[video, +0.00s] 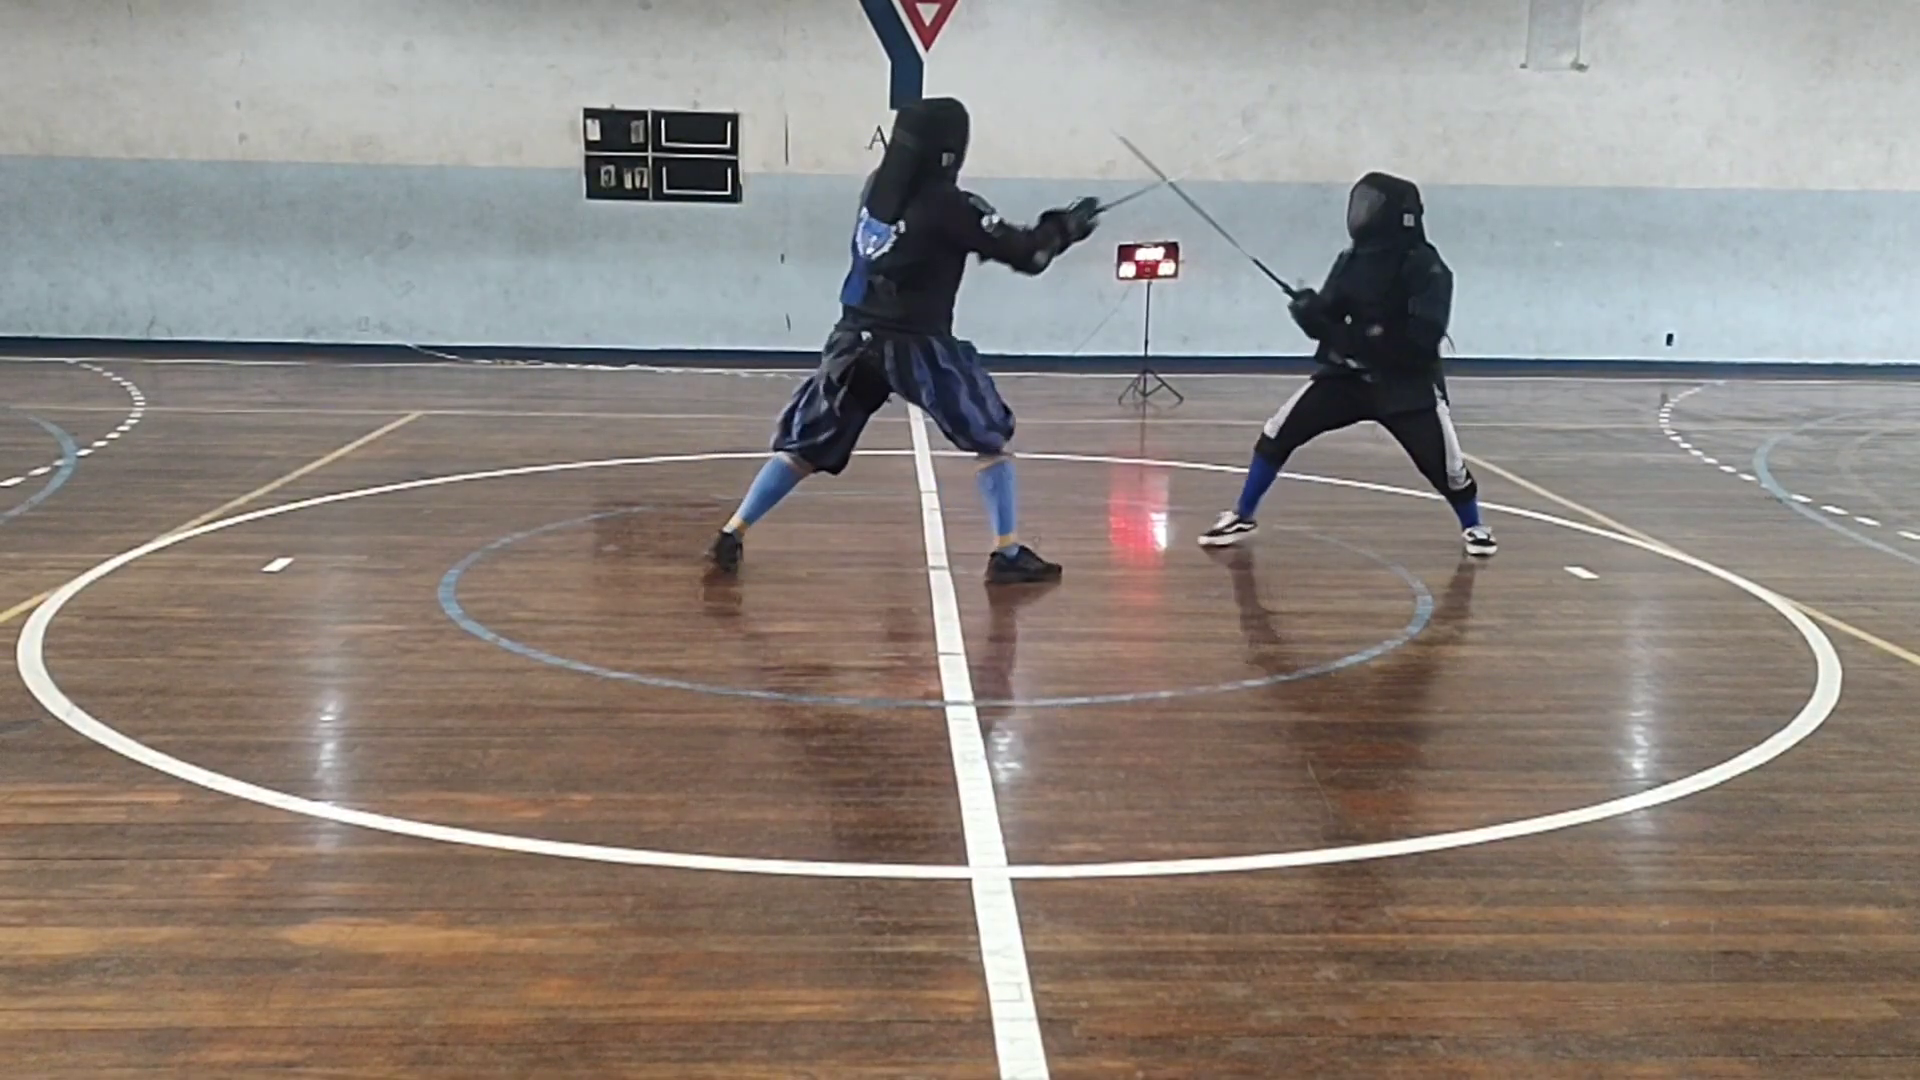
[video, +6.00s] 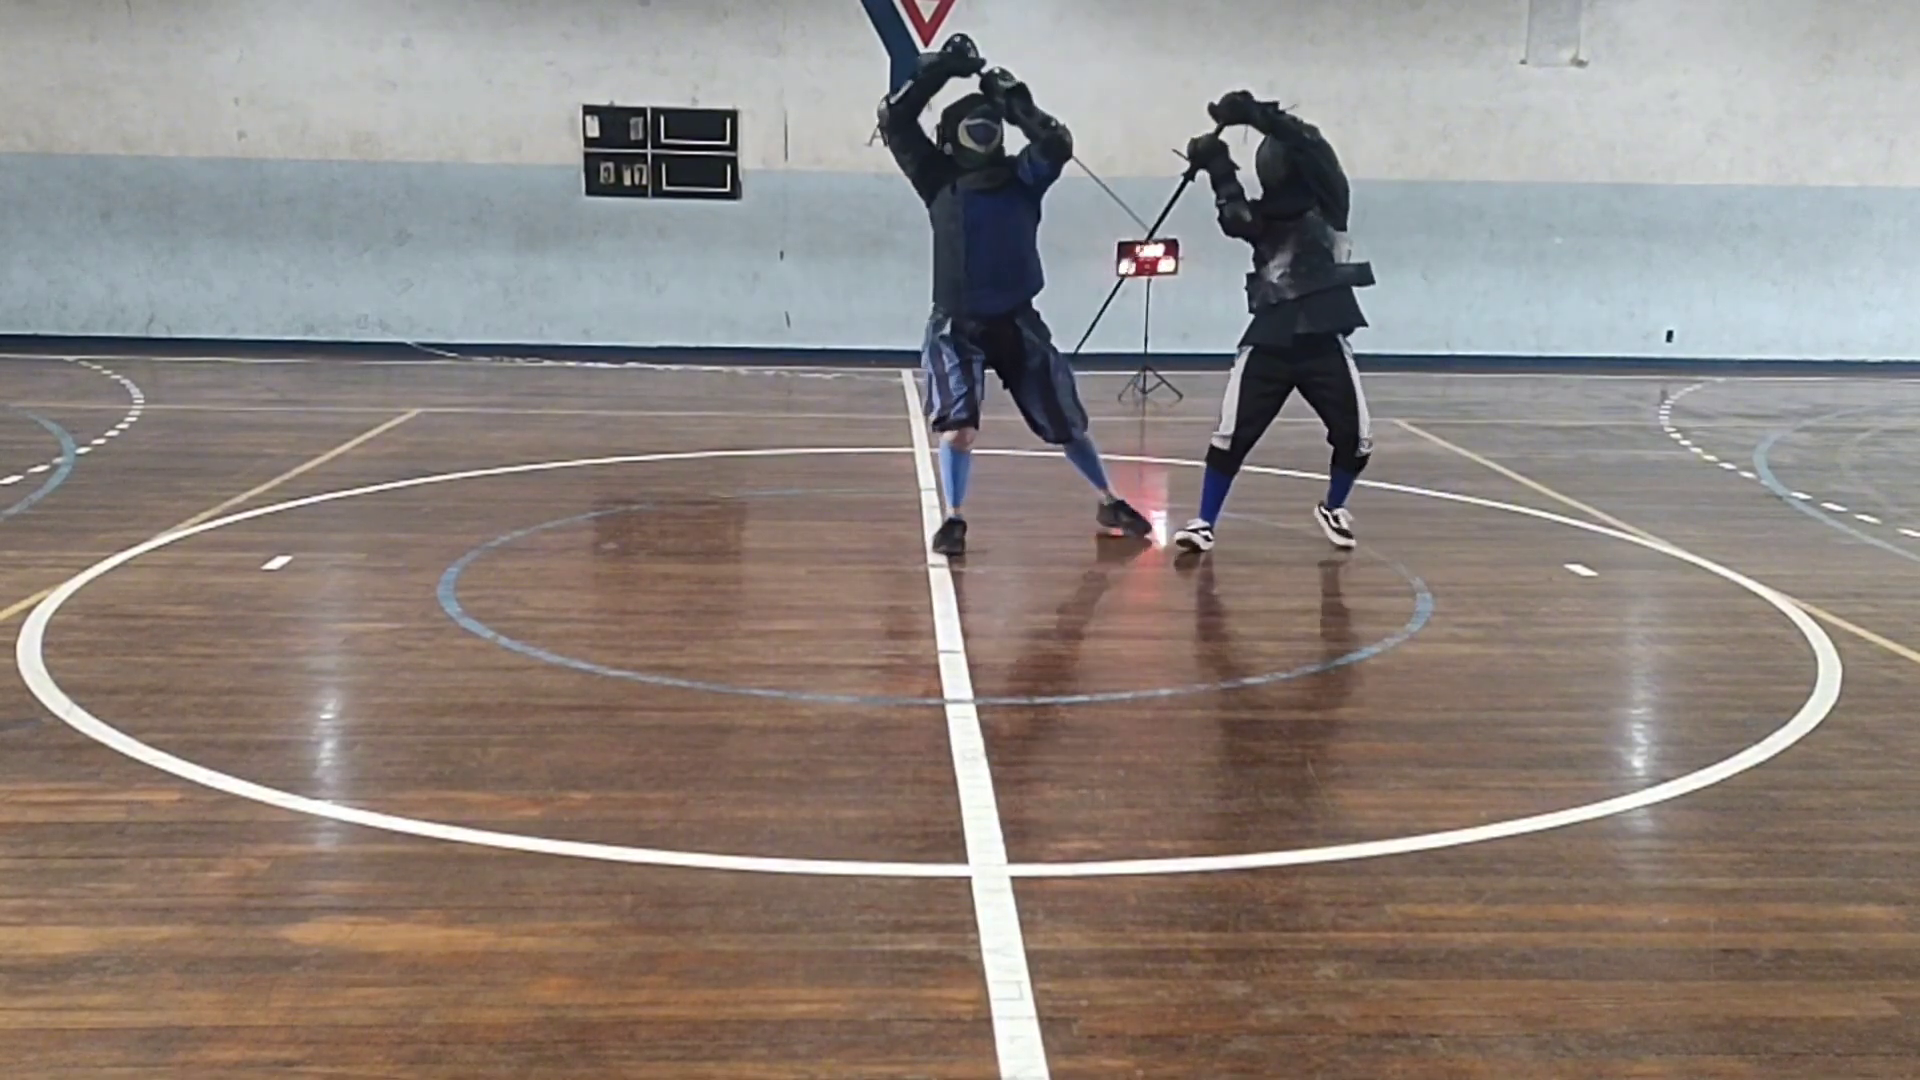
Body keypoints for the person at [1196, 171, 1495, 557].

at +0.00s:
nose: (1357, 212)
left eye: (1367, 203)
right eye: (1357, 202)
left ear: (1396, 212)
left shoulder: (1427, 269)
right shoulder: (1351, 261)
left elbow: (1417, 347)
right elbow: (1329, 324)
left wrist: (1343, 335)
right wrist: (1309, 313)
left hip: (1407, 386)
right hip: (1347, 380)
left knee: (1445, 465)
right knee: (1277, 435)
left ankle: (1473, 527)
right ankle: (1242, 516)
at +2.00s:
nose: (1343, 178)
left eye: (1353, 169)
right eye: (1339, 169)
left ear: (1379, 173)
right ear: (1335, 174)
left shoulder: (1405, 216)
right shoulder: (1330, 226)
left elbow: (1445, 227)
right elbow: (1320, 301)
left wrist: (1381, 221)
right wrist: (1319, 256)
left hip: (1382, 336)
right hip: (1330, 335)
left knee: (1376, 439)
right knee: (1277, 424)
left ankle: (1379, 525)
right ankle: (1226, 508)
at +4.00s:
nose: (1337, 171)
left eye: (1344, 163)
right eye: (1335, 164)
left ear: (1366, 164)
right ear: (1332, 167)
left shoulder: (1399, 202)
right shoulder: (1329, 213)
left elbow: (1382, 144)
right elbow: (1293, 204)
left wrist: (1332, 99)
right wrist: (1292, 149)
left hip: (1395, 347)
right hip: (1337, 348)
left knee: (1429, 440)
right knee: (1304, 440)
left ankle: (1446, 522)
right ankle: (1283, 524)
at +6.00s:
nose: (1275, 183)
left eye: (1279, 174)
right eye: (1270, 176)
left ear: (1299, 167)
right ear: (1264, 175)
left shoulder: (1328, 202)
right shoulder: (1261, 214)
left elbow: (1311, 145)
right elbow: (1232, 212)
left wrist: (1256, 113)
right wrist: (1218, 162)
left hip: (1322, 341)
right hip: (1268, 341)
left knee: (1355, 440)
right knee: (1231, 435)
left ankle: (1333, 507)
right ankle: (1204, 523)